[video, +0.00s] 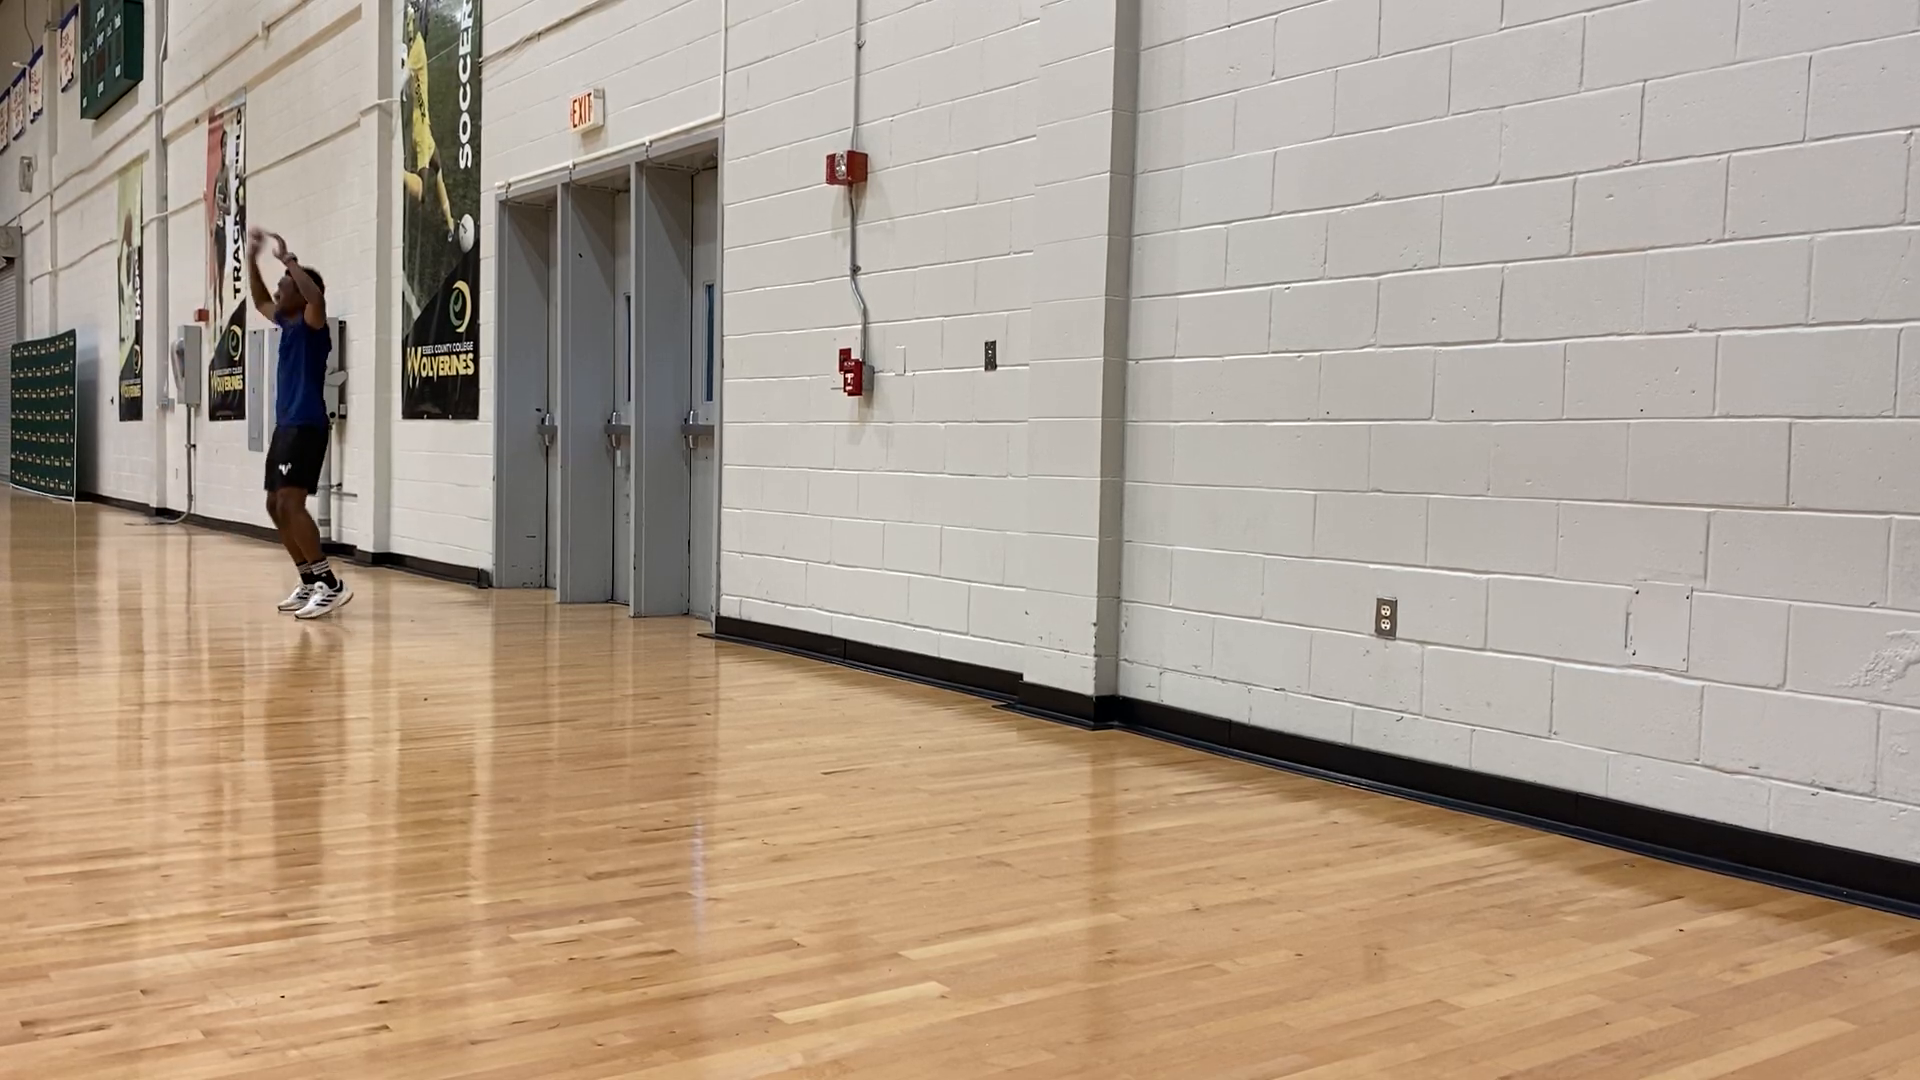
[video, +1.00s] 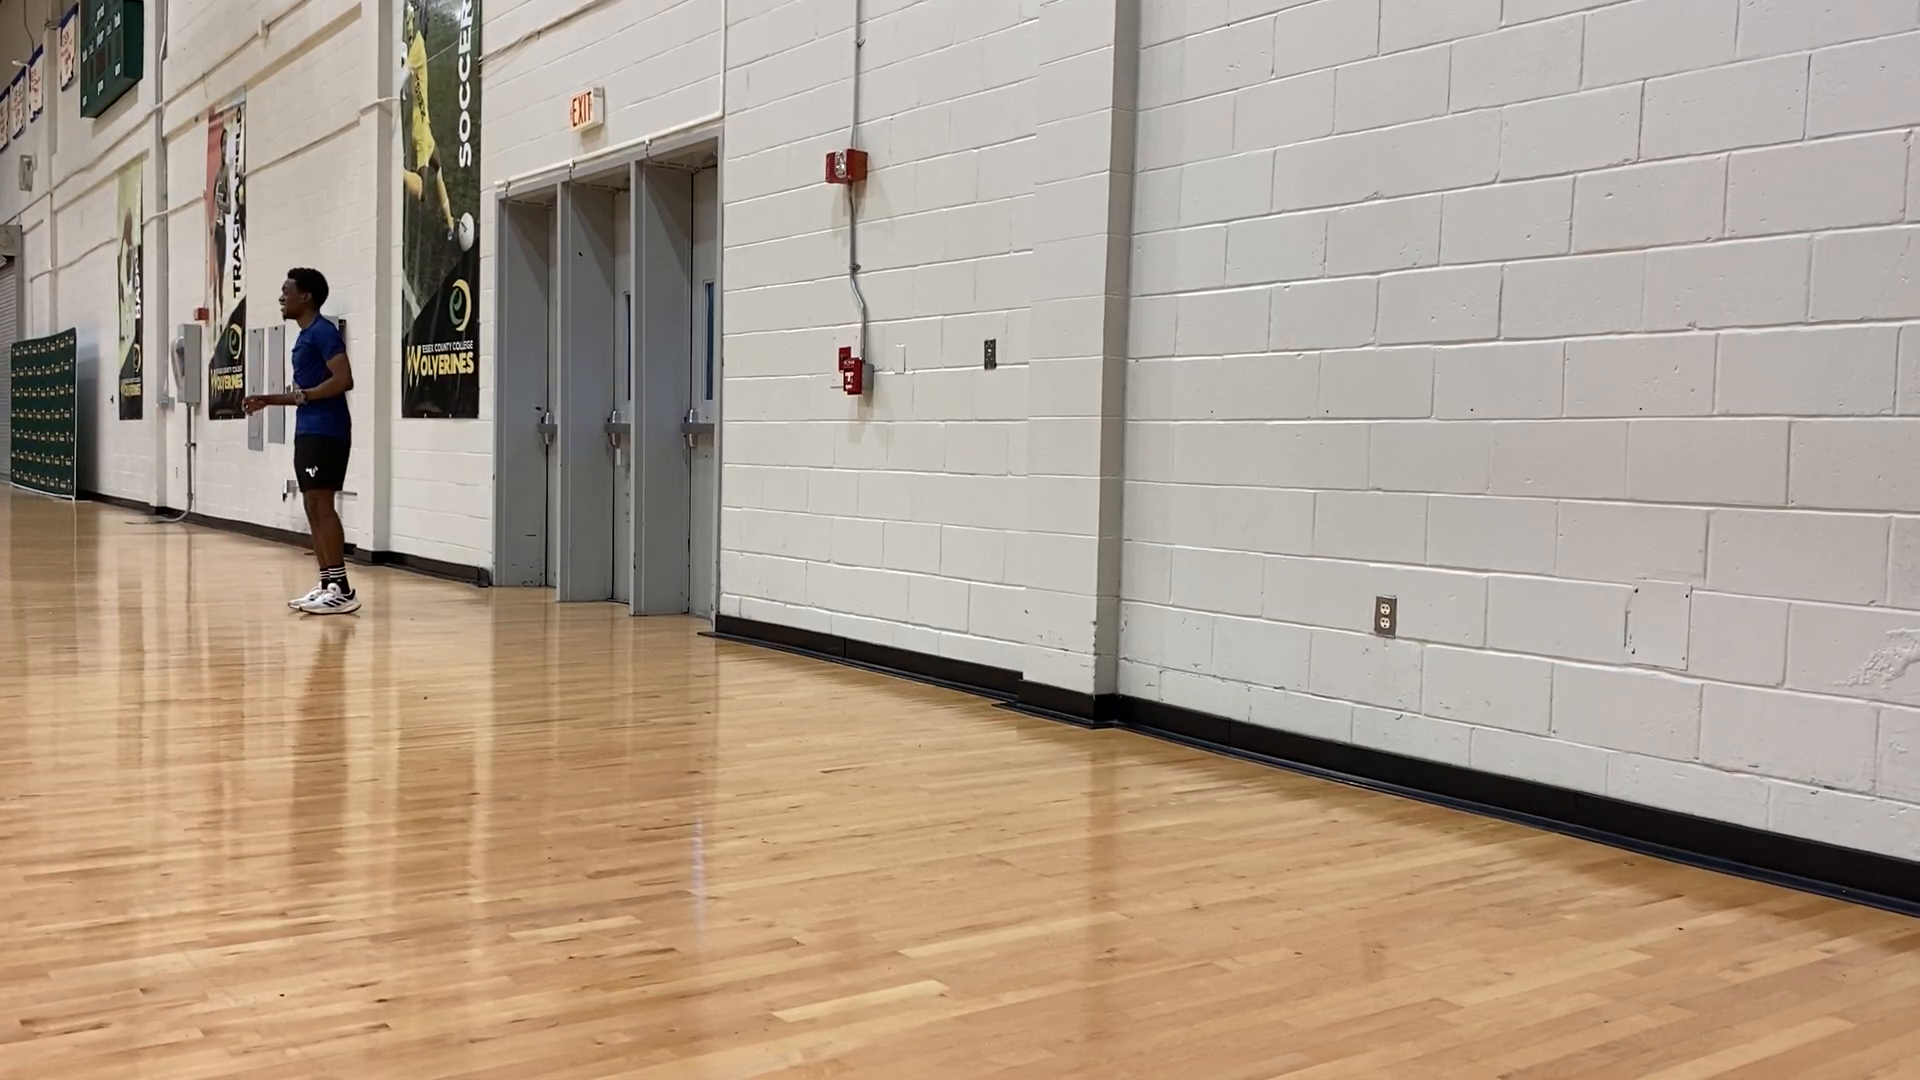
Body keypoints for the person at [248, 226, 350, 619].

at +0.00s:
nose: (277, 290)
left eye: (284, 286)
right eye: (279, 285)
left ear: (302, 294)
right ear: (285, 292)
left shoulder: (312, 323)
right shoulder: (287, 323)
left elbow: (315, 296)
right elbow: (262, 301)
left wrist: (288, 261)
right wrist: (251, 259)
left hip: (307, 424)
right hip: (287, 424)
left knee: (290, 502)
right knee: (275, 505)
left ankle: (328, 583)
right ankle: (309, 583)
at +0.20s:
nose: (284, 277)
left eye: (291, 274)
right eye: (288, 272)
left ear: (307, 284)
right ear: (303, 284)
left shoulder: (317, 314)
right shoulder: (294, 320)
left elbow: (341, 348)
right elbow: (274, 348)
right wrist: (230, 322)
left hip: (310, 415)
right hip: (291, 414)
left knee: (297, 494)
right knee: (288, 495)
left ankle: (326, 577)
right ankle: (314, 577)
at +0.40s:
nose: (286, 297)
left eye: (293, 293)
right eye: (290, 291)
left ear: (310, 303)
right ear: (306, 303)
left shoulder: (322, 341)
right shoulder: (302, 344)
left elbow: (345, 392)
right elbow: (301, 400)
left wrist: (298, 411)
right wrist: (265, 413)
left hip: (316, 441)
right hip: (299, 439)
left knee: (298, 510)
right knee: (287, 512)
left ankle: (334, 589)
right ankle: (326, 587)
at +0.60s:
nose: (291, 291)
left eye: (298, 287)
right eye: (294, 286)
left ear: (316, 297)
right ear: (311, 297)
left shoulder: (323, 332)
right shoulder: (306, 335)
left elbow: (334, 382)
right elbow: (299, 388)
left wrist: (293, 389)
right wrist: (262, 393)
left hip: (320, 435)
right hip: (305, 433)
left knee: (317, 508)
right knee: (309, 509)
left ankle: (339, 589)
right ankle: (327, 586)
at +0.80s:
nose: (286, 293)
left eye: (293, 289)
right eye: (289, 288)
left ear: (313, 297)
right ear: (307, 298)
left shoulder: (321, 331)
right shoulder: (305, 335)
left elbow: (337, 380)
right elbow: (298, 390)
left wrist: (304, 394)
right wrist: (256, 389)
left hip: (325, 434)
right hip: (310, 433)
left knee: (319, 507)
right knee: (312, 507)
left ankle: (338, 588)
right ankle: (328, 586)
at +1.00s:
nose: (281, 298)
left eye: (286, 292)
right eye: (282, 292)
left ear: (306, 296)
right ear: (301, 298)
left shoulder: (323, 331)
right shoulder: (304, 336)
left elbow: (344, 379)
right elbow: (306, 394)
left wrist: (307, 395)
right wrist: (268, 400)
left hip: (326, 434)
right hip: (309, 433)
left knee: (323, 507)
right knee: (313, 508)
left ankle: (340, 588)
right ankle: (326, 586)